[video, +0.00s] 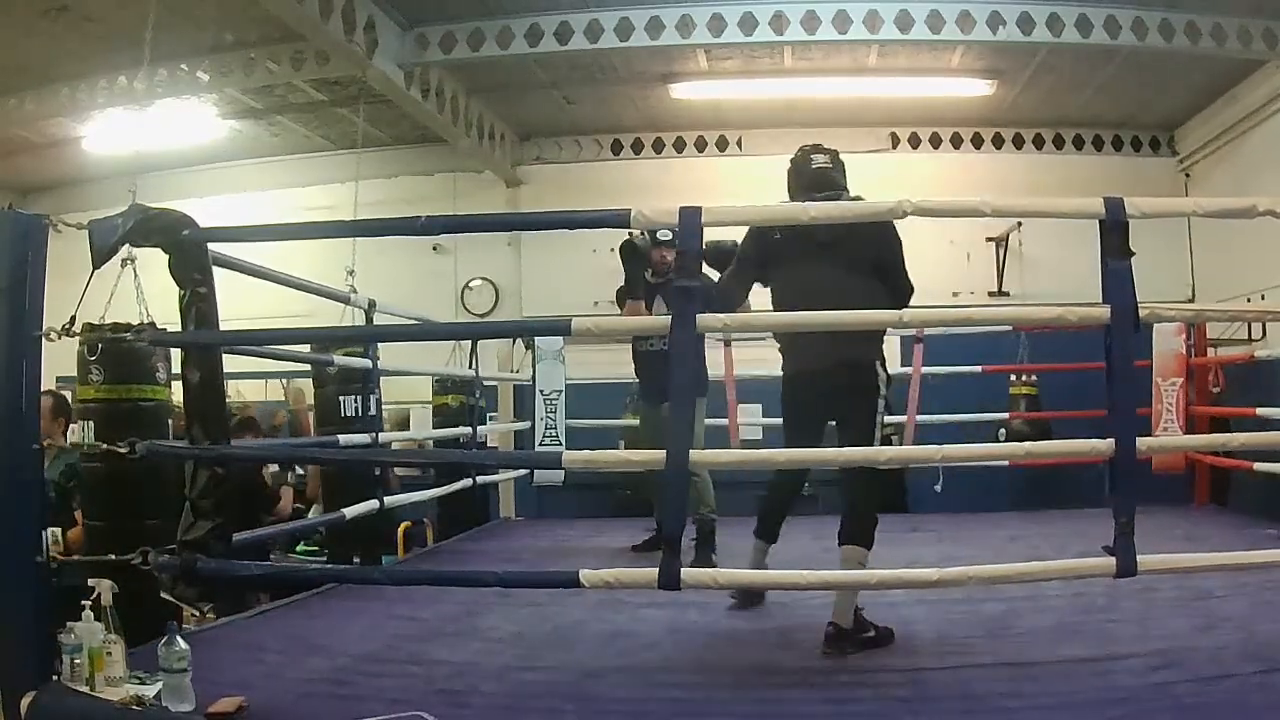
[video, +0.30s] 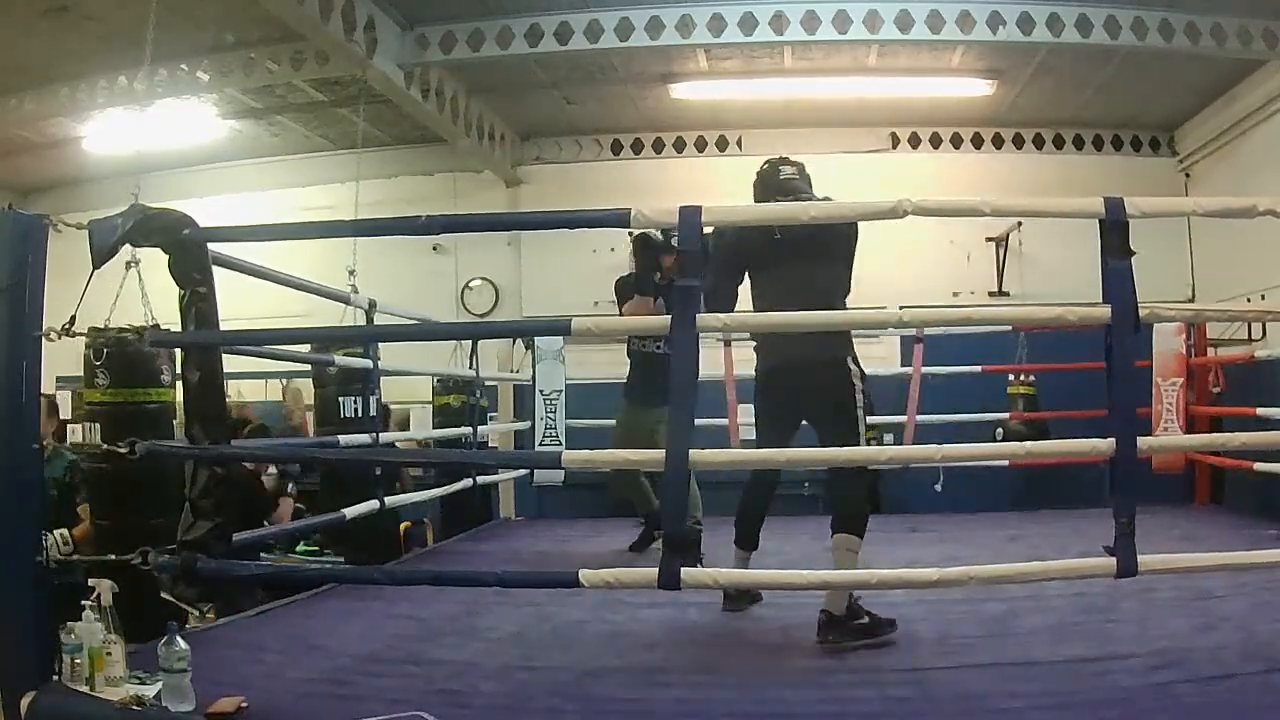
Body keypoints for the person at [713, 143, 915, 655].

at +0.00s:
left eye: (801, 172)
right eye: (829, 167)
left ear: (792, 182)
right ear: (842, 178)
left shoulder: (771, 227)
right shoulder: (873, 220)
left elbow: (729, 297)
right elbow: (900, 293)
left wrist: (705, 282)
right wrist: (852, 285)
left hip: (799, 371)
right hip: (857, 369)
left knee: (791, 469)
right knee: (862, 485)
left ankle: (751, 576)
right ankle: (844, 621)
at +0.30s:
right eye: (801, 182)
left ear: (759, 195)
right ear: (808, 187)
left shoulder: (741, 231)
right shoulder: (840, 223)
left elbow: (719, 303)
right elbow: (836, 292)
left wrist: (727, 242)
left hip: (775, 371)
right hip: (829, 368)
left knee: (764, 470)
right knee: (852, 479)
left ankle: (736, 583)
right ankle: (839, 609)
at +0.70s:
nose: (758, 203)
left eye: (761, 195)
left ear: (767, 195)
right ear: (817, 189)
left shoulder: (754, 236)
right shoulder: (852, 227)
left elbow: (735, 311)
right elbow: (857, 304)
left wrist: (717, 281)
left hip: (786, 381)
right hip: (846, 379)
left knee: (767, 476)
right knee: (867, 489)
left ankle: (739, 581)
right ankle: (865, 616)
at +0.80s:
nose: (757, 222)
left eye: (752, 213)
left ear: (746, 214)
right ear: (796, 200)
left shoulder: (745, 256)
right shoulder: (838, 232)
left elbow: (732, 326)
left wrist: (719, 249)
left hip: (794, 386)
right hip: (857, 381)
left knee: (771, 477)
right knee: (869, 490)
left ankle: (739, 581)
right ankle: (868, 617)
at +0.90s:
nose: (766, 211)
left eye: (755, 204)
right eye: (785, 190)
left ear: (746, 206)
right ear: (798, 194)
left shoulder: (741, 248)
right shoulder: (836, 227)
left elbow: (738, 326)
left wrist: (717, 251)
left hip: (796, 380)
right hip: (856, 375)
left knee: (777, 475)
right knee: (884, 475)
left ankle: (739, 579)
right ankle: (880, 604)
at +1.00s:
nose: (789, 209)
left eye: (779, 200)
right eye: (806, 191)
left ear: (766, 202)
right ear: (819, 195)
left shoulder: (753, 248)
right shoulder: (851, 232)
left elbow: (737, 330)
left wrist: (733, 320)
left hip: (790, 386)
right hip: (850, 381)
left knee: (781, 471)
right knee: (897, 481)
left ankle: (747, 570)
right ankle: (905, 607)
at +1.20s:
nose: (853, 223)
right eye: (849, 214)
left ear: (801, 219)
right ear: (849, 220)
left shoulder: (767, 261)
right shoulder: (861, 266)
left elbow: (707, 300)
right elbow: (858, 336)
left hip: (774, 401)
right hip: (829, 402)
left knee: (796, 484)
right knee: (916, 489)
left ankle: (734, 578)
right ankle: (914, 610)